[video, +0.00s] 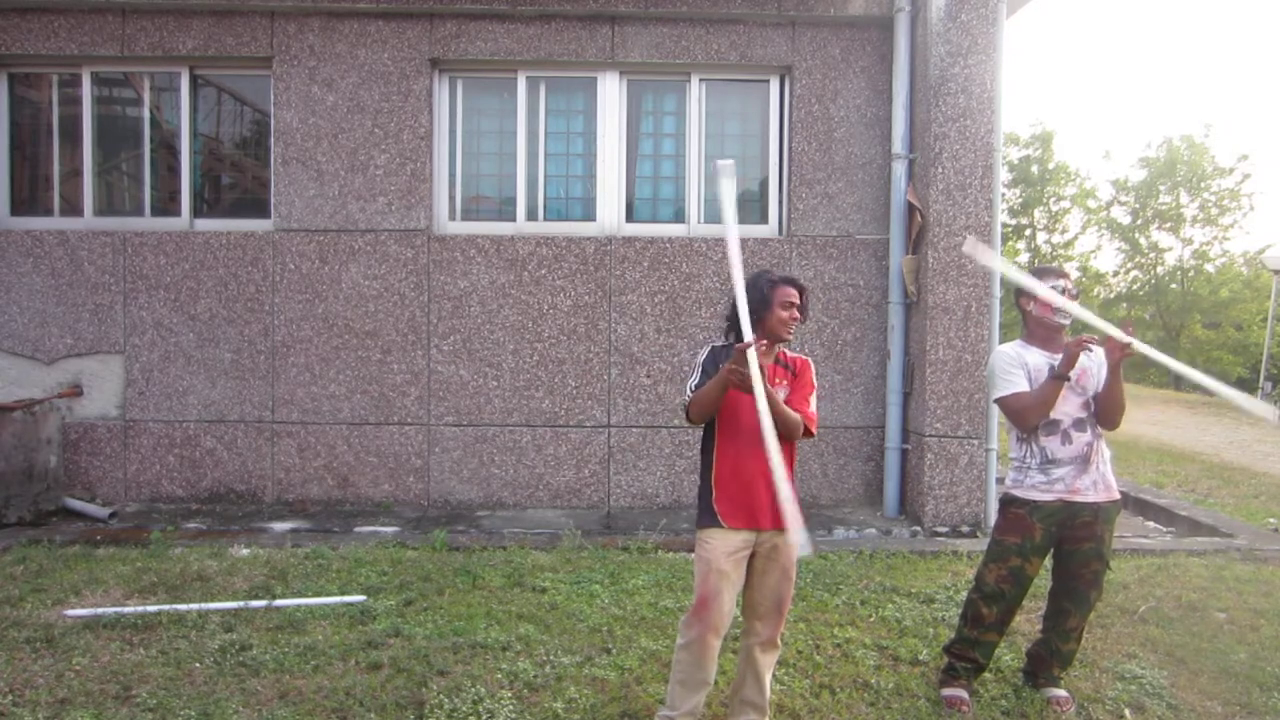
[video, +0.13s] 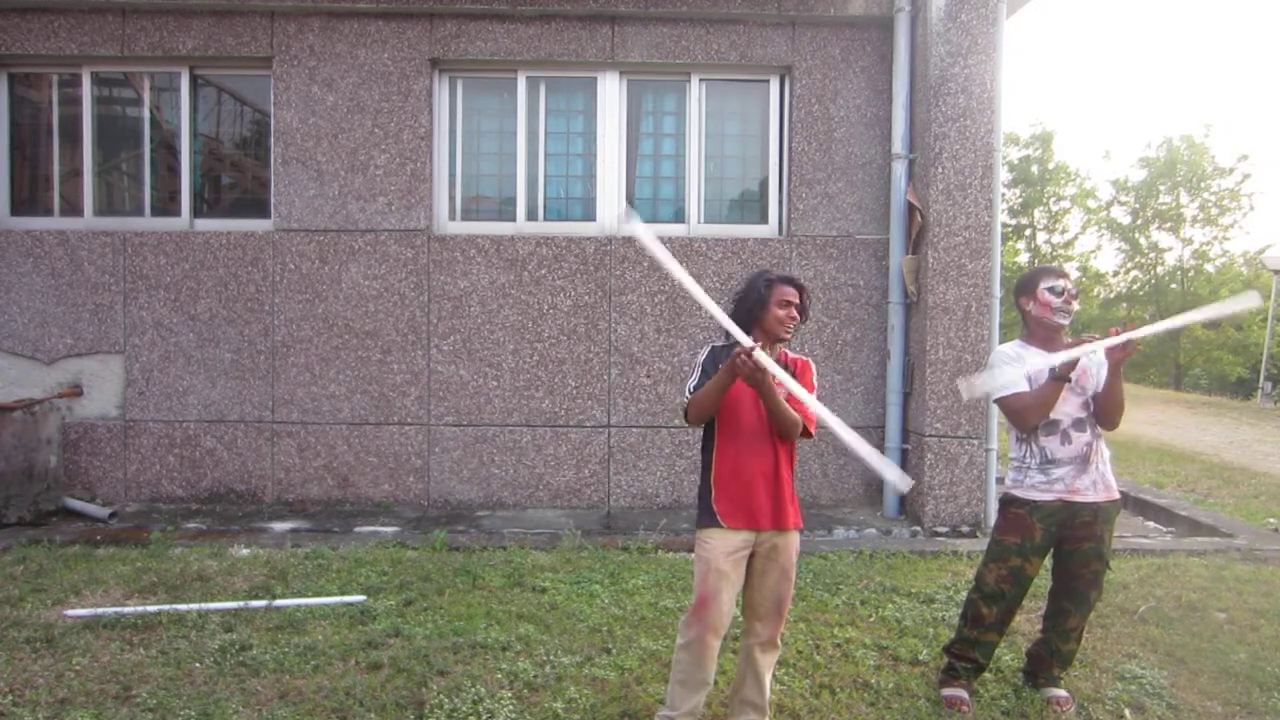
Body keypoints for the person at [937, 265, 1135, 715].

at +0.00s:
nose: (1059, 301)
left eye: (1065, 293)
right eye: (1048, 293)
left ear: (1075, 305)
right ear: (1024, 304)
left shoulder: (1091, 356)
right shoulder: (1008, 356)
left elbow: (1110, 420)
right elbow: (1025, 419)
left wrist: (1115, 367)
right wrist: (1062, 369)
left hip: (1093, 497)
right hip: (1032, 496)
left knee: (1078, 596)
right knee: (997, 587)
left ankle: (1045, 673)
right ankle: (958, 676)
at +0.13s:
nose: (1067, 298)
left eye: (1072, 293)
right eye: (1056, 290)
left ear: (1075, 307)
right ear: (1026, 303)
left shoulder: (1090, 357)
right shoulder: (1008, 356)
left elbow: (1109, 419)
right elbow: (1024, 419)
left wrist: (1115, 367)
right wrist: (1060, 375)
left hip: (1092, 496)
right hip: (1032, 496)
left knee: (1078, 595)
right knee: (998, 587)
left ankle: (1046, 673)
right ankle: (958, 675)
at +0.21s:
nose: (1068, 299)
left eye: (1072, 294)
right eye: (1055, 291)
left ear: (1076, 307)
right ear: (1026, 302)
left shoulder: (1089, 358)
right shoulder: (1007, 356)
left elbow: (1109, 419)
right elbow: (1024, 418)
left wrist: (1115, 367)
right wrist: (1064, 372)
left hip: (1092, 497)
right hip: (1032, 496)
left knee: (1078, 596)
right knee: (998, 587)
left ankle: (1046, 673)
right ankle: (958, 675)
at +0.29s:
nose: (1067, 299)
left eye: (1071, 294)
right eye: (1055, 291)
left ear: (1075, 308)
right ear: (1025, 303)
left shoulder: (1090, 358)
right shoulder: (1007, 356)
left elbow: (1107, 419)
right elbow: (1023, 419)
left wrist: (1115, 363)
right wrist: (1065, 373)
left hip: (1092, 497)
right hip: (1032, 496)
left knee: (1079, 595)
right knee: (998, 586)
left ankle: (1045, 674)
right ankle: (958, 675)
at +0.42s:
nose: (1066, 299)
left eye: (1070, 294)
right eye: (1053, 291)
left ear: (1073, 307)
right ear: (1024, 304)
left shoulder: (1088, 357)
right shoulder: (1007, 357)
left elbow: (1109, 419)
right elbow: (1023, 419)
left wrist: (1115, 369)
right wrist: (1063, 374)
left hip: (1093, 497)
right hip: (1032, 496)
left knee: (1078, 597)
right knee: (997, 587)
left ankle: (1045, 673)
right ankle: (958, 675)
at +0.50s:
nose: (1061, 301)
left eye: (1066, 295)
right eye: (1050, 294)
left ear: (1073, 306)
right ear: (1023, 305)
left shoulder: (1087, 357)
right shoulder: (1007, 357)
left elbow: (1109, 419)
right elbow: (1023, 419)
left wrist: (1113, 372)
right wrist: (1063, 373)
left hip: (1093, 497)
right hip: (1032, 497)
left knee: (1078, 596)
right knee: (998, 587)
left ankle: (1046, 673)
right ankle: (958, 675)